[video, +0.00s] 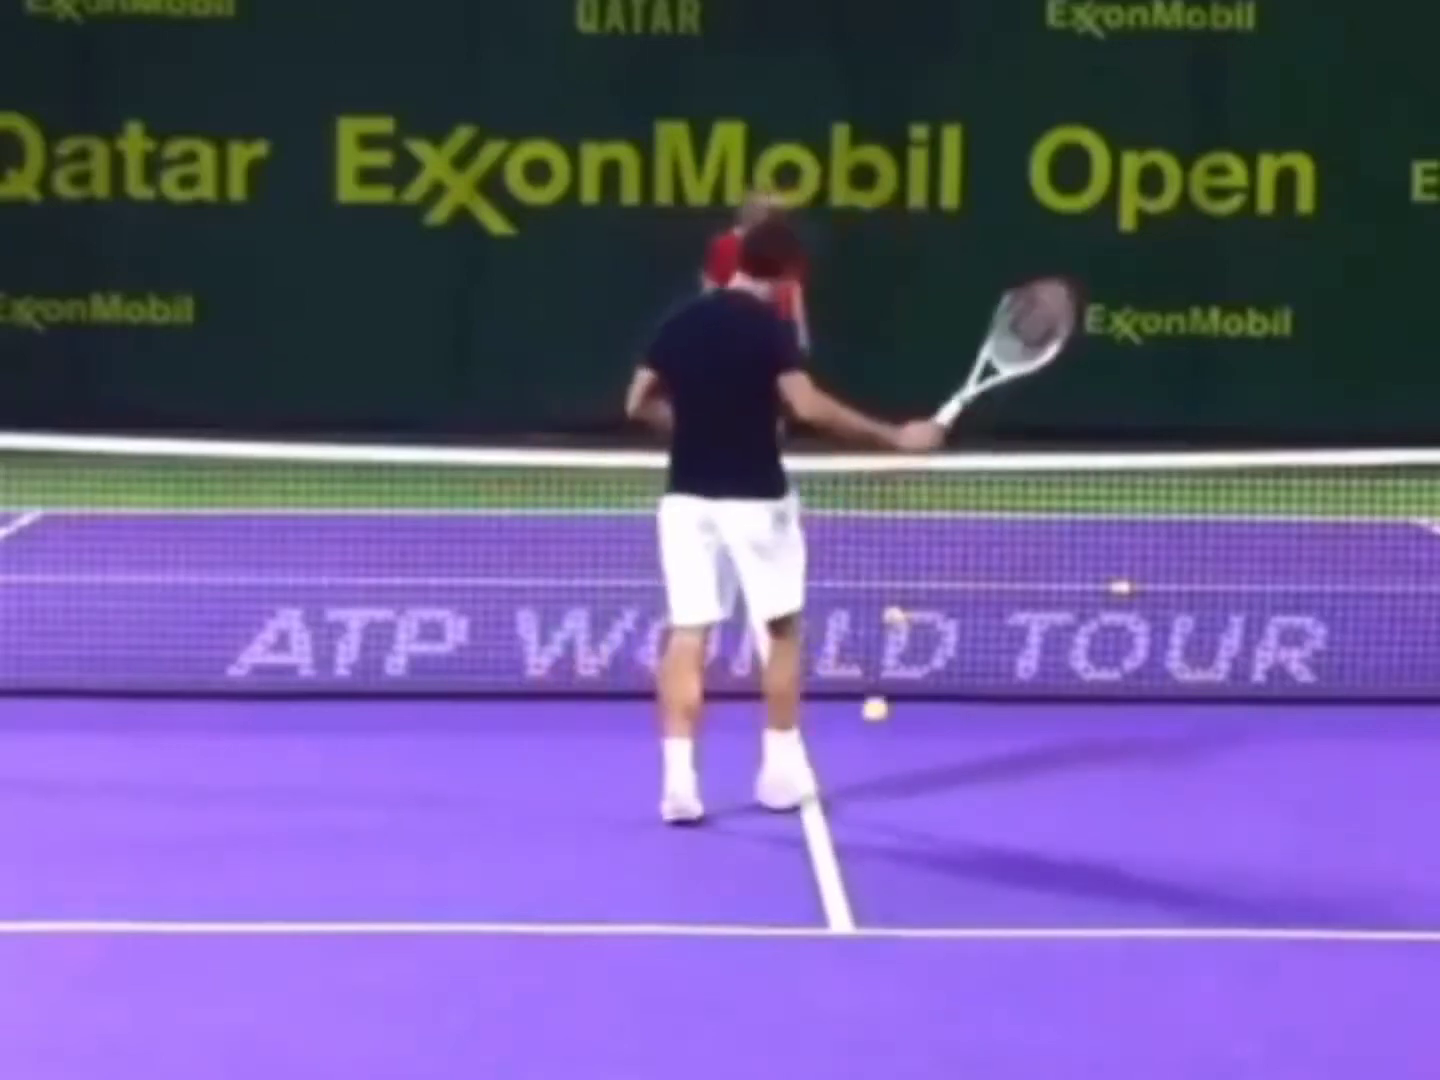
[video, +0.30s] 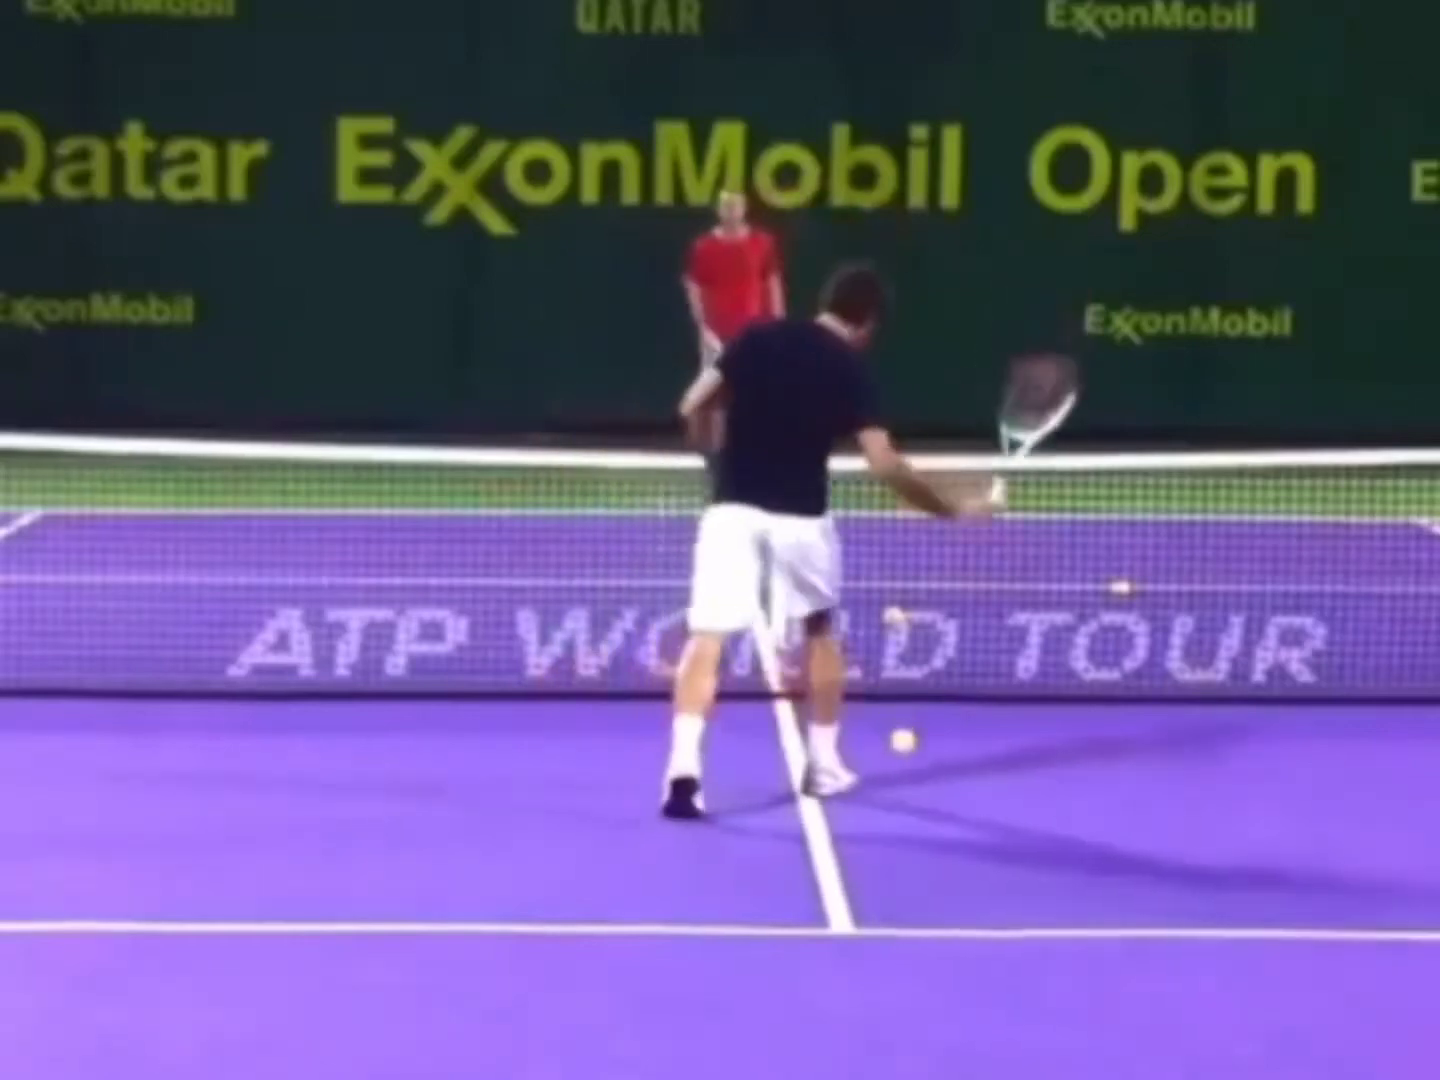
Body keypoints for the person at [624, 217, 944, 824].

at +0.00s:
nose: (794, 288)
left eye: (793, 279)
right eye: (794, 279)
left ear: (737, 263)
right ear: (783, 275)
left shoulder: (686, 318)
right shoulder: (771, 326)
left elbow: (639, 403)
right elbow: (807, 406)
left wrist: (690, 425)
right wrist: (896, 436)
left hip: (686, 497)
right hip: (757, 499)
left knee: (686, 633)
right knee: (781, 631)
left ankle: (677, 774)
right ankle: (782, 765)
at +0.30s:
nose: (870, 337)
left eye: (870, 326)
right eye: (872, 327)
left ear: (820, 304)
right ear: (865, 323)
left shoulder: (757, 339)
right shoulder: (848, 368)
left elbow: (693, 406)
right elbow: (883, 463)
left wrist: (717, 459)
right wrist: (949, 507)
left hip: (730, 513)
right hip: (800, 522)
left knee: (706, 638)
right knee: (821, 634)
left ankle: (683, 767)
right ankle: (824, 762)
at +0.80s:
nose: (921, 367)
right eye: (923, 359)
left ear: (884, 323)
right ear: (919, 356)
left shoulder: (836, 328)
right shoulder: (903, 397)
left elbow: (772, 346)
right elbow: (898, 505)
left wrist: (762, 421)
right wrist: (871, 539)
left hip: (778, 459)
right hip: (842, 487)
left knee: (727, 584)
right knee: (833, 616)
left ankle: (690, 705)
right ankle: (826, 759)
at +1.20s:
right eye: (909, 283)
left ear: (863, 267)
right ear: (911, 291)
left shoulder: (815, 302)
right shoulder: (905, 352)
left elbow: (774, 359)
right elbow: (900, 446)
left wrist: (756, 426)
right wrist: (871, 474)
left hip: (782, 473)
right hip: (848, 490)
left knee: (748, 604)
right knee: (838, 621)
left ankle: (760, 732)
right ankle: (828, 756)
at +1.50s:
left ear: (800, 278)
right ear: (852, 282)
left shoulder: (765, 337)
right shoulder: (874, 345)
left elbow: (726, 429)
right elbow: (906, 439)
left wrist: (764, 462)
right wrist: (867, 472)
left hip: (768, 505)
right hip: (840, 514)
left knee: (760, 642)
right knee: (841, 634)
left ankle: (783, 774)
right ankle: (840, 760)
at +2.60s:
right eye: (844, 265)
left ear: (794, 264)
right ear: (849, 271)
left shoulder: (751, 327)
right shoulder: (867, 340)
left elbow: (710, 413)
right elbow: (899, 442)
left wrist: (757, 426)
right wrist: (870, 477)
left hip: (749, 511)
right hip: (826, 516)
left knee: (720, 655)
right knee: (848, 659)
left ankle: (694, 794)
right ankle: (859, 806)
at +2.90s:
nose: (784, 274)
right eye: (786, 265)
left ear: (731, 264)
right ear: (786, 271)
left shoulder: (688, 324)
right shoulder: (787, 339)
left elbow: (623, 408)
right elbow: (816, 446)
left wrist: (669, 445)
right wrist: (873, 480)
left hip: (683, 518)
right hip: (758, 523)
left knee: (684, 664)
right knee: (794, 657)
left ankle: (680, 815)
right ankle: (826, 800)